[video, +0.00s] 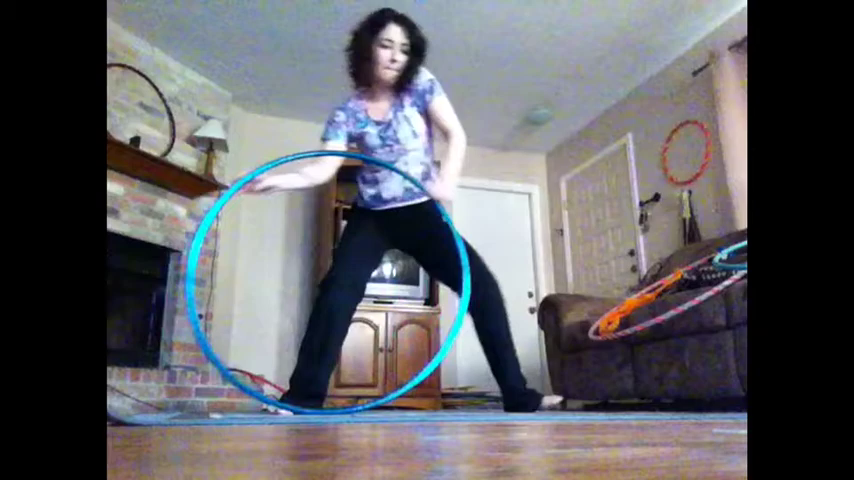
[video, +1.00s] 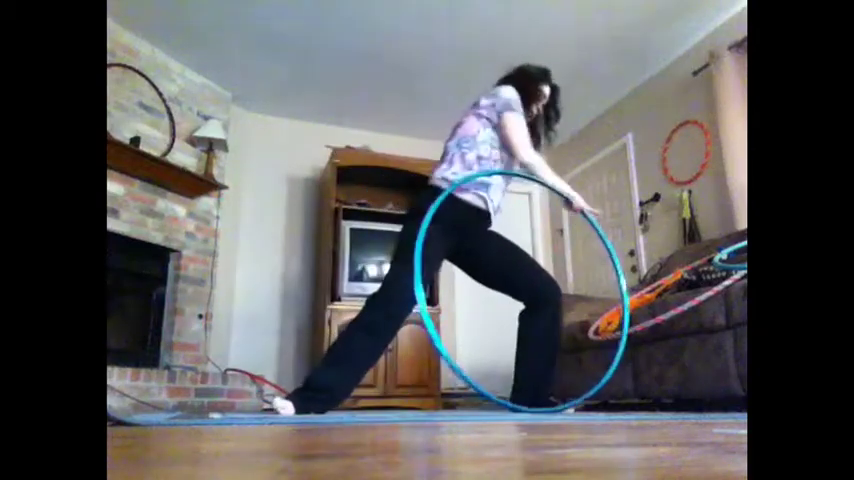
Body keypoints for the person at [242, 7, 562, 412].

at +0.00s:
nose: (395, 56)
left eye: (404, 49)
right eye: (386, 46)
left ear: (412, 57)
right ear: (365, 50)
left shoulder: (420, 87)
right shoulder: (348, 112)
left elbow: (456, 135)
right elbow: (322, 168)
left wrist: (447, 181)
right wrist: (274, 180)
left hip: (420, 214)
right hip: (370, 218)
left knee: (483, 287)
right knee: (337, 293)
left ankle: (518, 396)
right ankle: (302, 398)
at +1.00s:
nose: (542, 105)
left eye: (545, 102)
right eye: (541, 96)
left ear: (536, 105)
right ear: (527, 86)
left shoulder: (507, 125)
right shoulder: (505, 96)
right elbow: (524, 155)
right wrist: (572, 197)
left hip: (472, 228)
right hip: (439, 213)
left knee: (544, 294)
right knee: (391, 306)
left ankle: (532, 401)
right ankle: (306, 402)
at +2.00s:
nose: (375, 58)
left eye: (384, 51)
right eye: (367, 49)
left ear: (395, 56)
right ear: (351, 50)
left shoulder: (409, 88)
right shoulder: (329, 104)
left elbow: (458, 89)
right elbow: (280, 136)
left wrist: (504, 101)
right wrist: (260, 156)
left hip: (418, 209)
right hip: (368, 218)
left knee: (470, 303)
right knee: (302, 279)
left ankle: (537, 402)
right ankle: (289, 400)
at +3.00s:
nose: (475, 79)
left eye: (484, 70)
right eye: (467, 70)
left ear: (497, 73)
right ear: (455, 73)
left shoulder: (513, 106)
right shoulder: (445, 117)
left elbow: (498, 147)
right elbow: (449, 174)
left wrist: (441, 129)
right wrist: (506, 173)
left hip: (508, 223)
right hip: (461, 224)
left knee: (522, 301)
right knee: (416, 299)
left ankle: (534, 400)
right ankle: (427, 393)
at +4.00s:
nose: (473, 95)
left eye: (478, 90)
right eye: (466, 87)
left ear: (484, 100)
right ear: (447, 93)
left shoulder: (482, 143)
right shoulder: (436, 135)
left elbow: (485, 188)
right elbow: (446, 184)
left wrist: (493, 218)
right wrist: (492, 194)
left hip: (476, 231)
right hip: (437, 231)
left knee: (519, 303)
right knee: (404, 307)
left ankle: (523, 399)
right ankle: (382, 401)